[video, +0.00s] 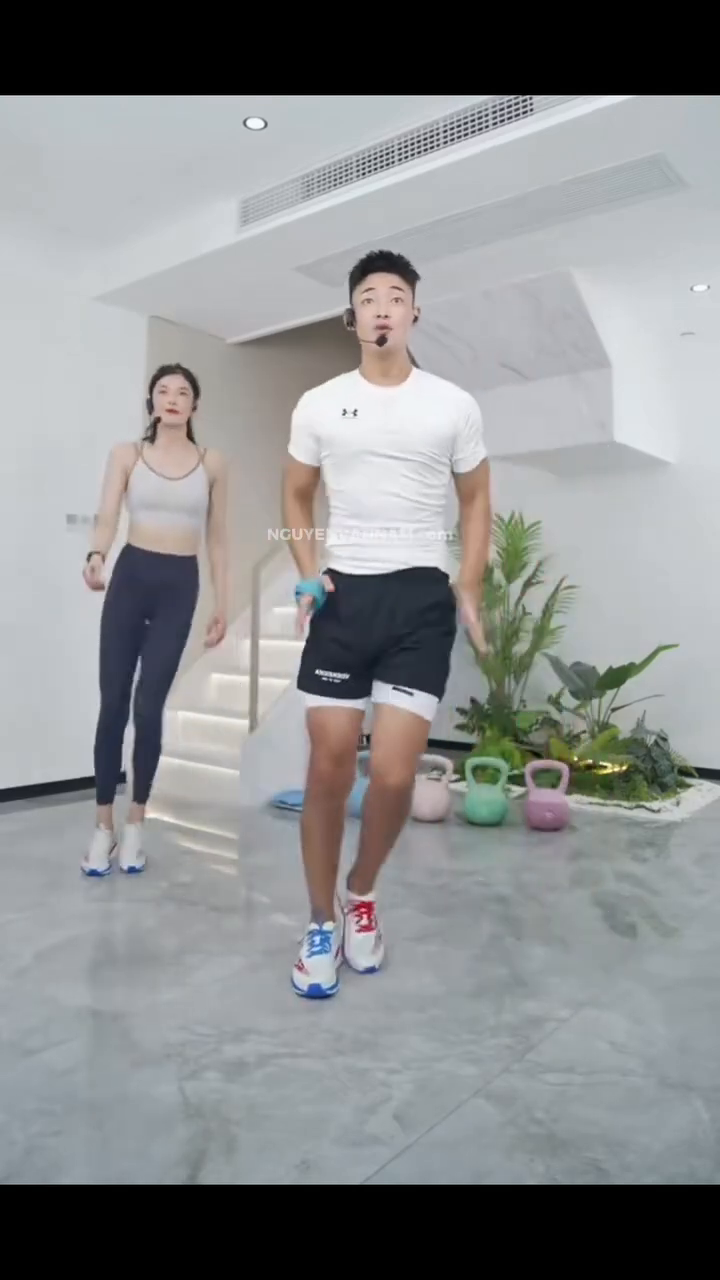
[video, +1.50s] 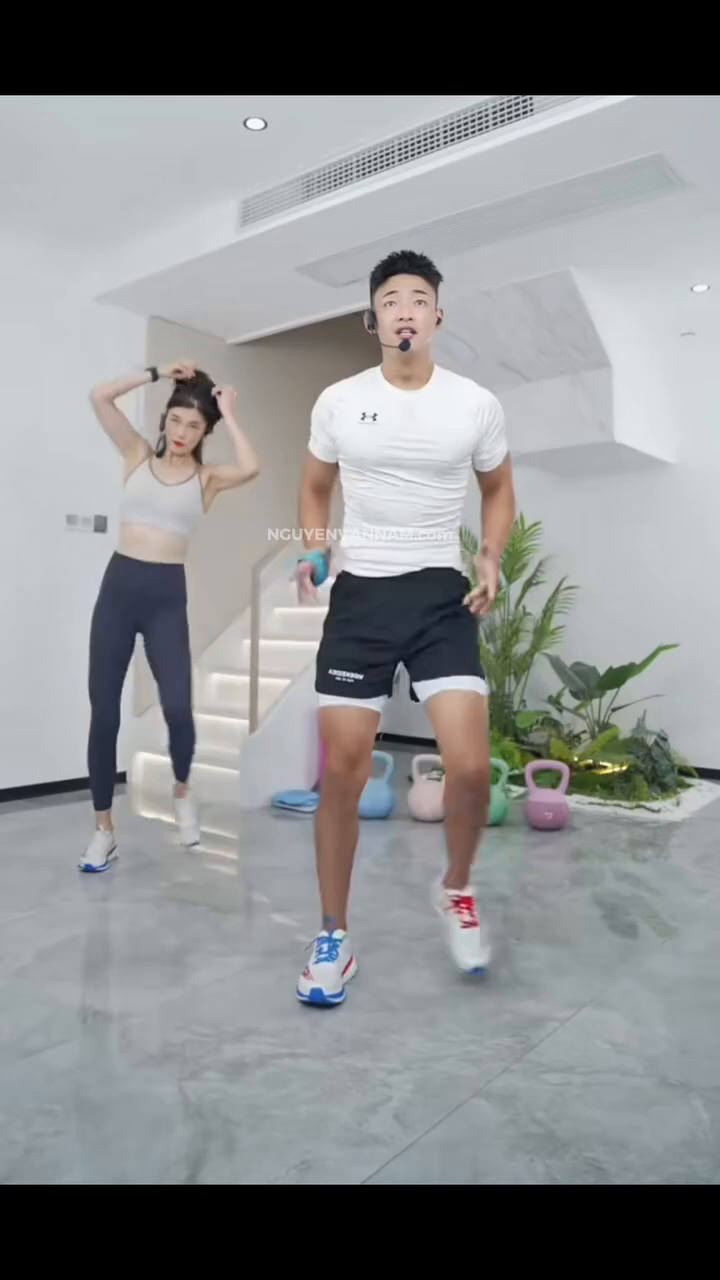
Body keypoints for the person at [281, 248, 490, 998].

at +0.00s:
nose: (381, 310)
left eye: (395, 299)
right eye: (369, 300)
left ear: (415, 315)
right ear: (353, 317)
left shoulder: (454, 407)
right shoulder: (319, 406)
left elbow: (477, 504)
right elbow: (297, 499)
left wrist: (469, 587)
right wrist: (311, 577)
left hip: (423, 600)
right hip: (342, 598)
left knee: (394, 777)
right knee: (329, 759)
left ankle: (360, 892)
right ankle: (321, 925)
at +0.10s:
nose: (382, 311)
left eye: (395, 300)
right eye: (370, 301)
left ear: (415, 314)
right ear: (353, 317)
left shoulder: (455, 406)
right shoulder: (320, 409)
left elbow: (479, 507)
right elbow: (303, 514)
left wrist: (470, 591)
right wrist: (321, 586)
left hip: (433, 596)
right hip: (349, 597)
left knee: (443, 775)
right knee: (334, 760)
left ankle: (409, 885)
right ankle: (321, 928)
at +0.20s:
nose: (393, 307)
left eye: (405, 295)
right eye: (380, 297)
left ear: (426, 309)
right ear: (361, 316)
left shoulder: (466, 404)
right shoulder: (330, 408)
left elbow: (488, 500)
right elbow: (312, 512)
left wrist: (487, 580)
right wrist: (328, 578)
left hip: (447, 597)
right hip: (360, 602)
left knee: (490, 768)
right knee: (340, 767)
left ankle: (480, 898)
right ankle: (322, 928)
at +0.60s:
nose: (487, 316)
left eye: (501, 304)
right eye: (473, 305)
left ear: (520, 317)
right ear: (456, 323)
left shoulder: (560, 407)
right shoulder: (425, 412)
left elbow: (588, 503)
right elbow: (409, 515)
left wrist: (581, 579)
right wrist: (416, 564)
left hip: (539, 602)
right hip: (454, 601)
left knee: (549, 776)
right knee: (406, 753)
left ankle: (561, 929)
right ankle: (393, 896)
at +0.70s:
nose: (498, 314)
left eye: (511, 302)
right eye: (485, 303)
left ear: (530, 315)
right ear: (467, 320)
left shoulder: (570, 406)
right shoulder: (436, 412)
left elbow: (597, 501)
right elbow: (418, 516)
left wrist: (589, 575)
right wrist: (430, 564)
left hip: (547, 600)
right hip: (465, 599)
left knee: (553, 776)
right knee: (439, 759)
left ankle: (563, 928)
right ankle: (461, 885)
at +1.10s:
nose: (486, 316)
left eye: (498, 304)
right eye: (473, 306)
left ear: (518, 319)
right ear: (456, 322)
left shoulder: (557, 410)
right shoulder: (422, 411)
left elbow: (579, 506)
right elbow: (403, 508)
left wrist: (564, 579)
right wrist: (409, 543)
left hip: (529, 603)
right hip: (445, 603)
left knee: (547, 777)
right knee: (399, 768)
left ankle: (562, 929)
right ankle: (377, 913)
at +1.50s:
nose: (405, 313)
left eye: (419, 301)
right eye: (391, 302)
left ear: (438, 317)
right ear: (374, 320)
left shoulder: (476, 407)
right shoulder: (338, 404)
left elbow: (499, 494)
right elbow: (316, 492)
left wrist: (490, 555)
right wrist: (316, 542)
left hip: (442, 599)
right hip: (359, 600)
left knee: (471, 768)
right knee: (343, 766)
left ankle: (457, 890)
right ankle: (331, 936)